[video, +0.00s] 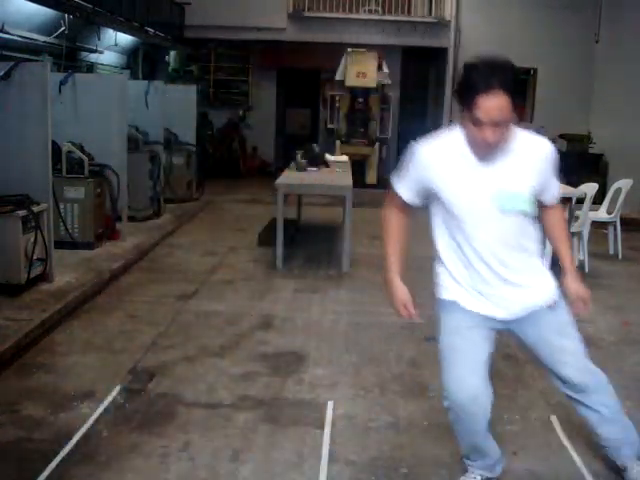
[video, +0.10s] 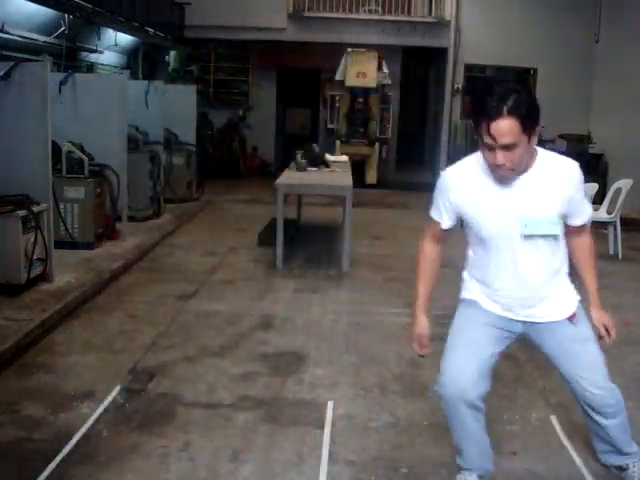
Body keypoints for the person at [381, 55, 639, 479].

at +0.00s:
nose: (490, 135)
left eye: (500, 125)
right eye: (480, 125)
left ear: (515, 113)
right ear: (462, 113)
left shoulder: (538, 152)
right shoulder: (429, 155)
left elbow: (552, 207)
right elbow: (395, 204)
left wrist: (569, 271)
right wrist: (394, 277)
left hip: (531, 292)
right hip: (463, 298)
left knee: (580, 376)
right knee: (464, 396)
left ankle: (630, 460)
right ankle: (482, 465)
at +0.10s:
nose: (498, 159)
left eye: (509, 148)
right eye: (489, 147)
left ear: (533, 136)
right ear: (478, 134)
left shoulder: (565, 174)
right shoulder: (457, 180)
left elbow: (580, 234)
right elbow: (433, 239)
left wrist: (595, 305)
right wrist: (420, 311)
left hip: (553, 307)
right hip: (484, 306)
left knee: (600, 394)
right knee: (456, 388)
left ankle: (626, 466)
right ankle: (474, 469)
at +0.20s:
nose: (482, 141)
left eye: (493, 132)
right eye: (474, 129)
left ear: (518, 120)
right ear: (465, 116)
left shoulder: (550, 156)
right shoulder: (443, 156)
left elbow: (574, 213)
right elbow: (424, 217)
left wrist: (585, 284)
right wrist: (421, 292)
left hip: (543, 295)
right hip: (475, 292)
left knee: (586, 380)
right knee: (445, 381)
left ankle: (623, 462)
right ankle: (461, 449)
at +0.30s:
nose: (454, 106)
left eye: (464, 96)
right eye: (447, 94)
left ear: (490, 84)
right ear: (437, 83)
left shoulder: (522, 126)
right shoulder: (415, 122)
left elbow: (540, 185)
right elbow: (395, 179)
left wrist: (556, 257)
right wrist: (400, 252)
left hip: (513, 275)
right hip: (444, 278)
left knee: (552, 362)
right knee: (447, 373)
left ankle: (594, 450)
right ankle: (461, 449)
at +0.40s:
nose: (418, 85)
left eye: (428, 73)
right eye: (412, 73)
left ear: (459, 64)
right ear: (404, 65)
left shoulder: (499, 108)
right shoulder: (390, 103)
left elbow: (518, 173)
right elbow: (374, 160)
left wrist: (524, 246)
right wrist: (368, 229)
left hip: (476, 258)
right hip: (409, 254)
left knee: (484, 352)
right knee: (411, 348)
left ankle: (496, 435)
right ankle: (432, 436)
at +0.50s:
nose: (383, 88)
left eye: (391, 77)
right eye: (376, 78)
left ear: (426, 67)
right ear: (370, 71)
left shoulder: (470, 114)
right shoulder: (367, 108)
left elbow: (494, 185)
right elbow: (357, 168)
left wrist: (491, 261)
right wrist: (339, 235)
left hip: (439, 257)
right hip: (374, 249)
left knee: (433, 361)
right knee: (343, 334)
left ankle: (445, 449)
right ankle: (343, 413)